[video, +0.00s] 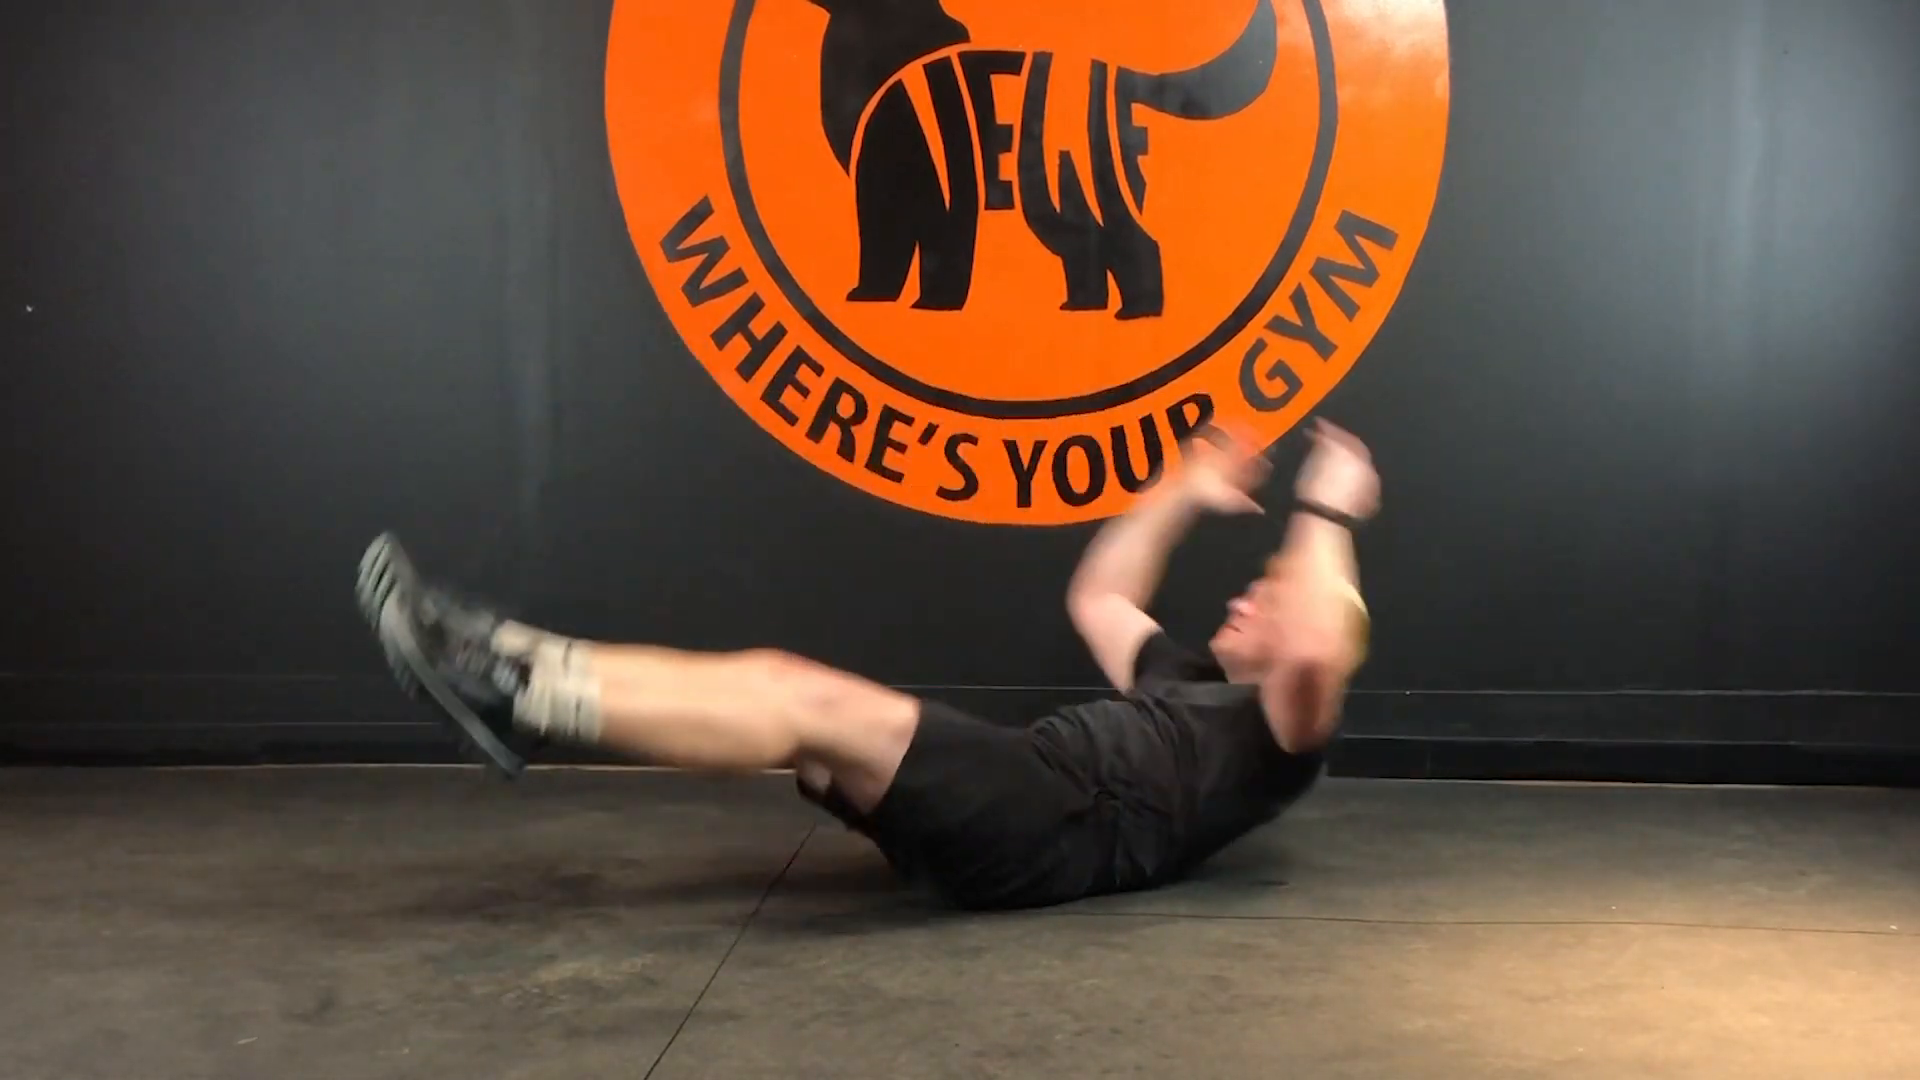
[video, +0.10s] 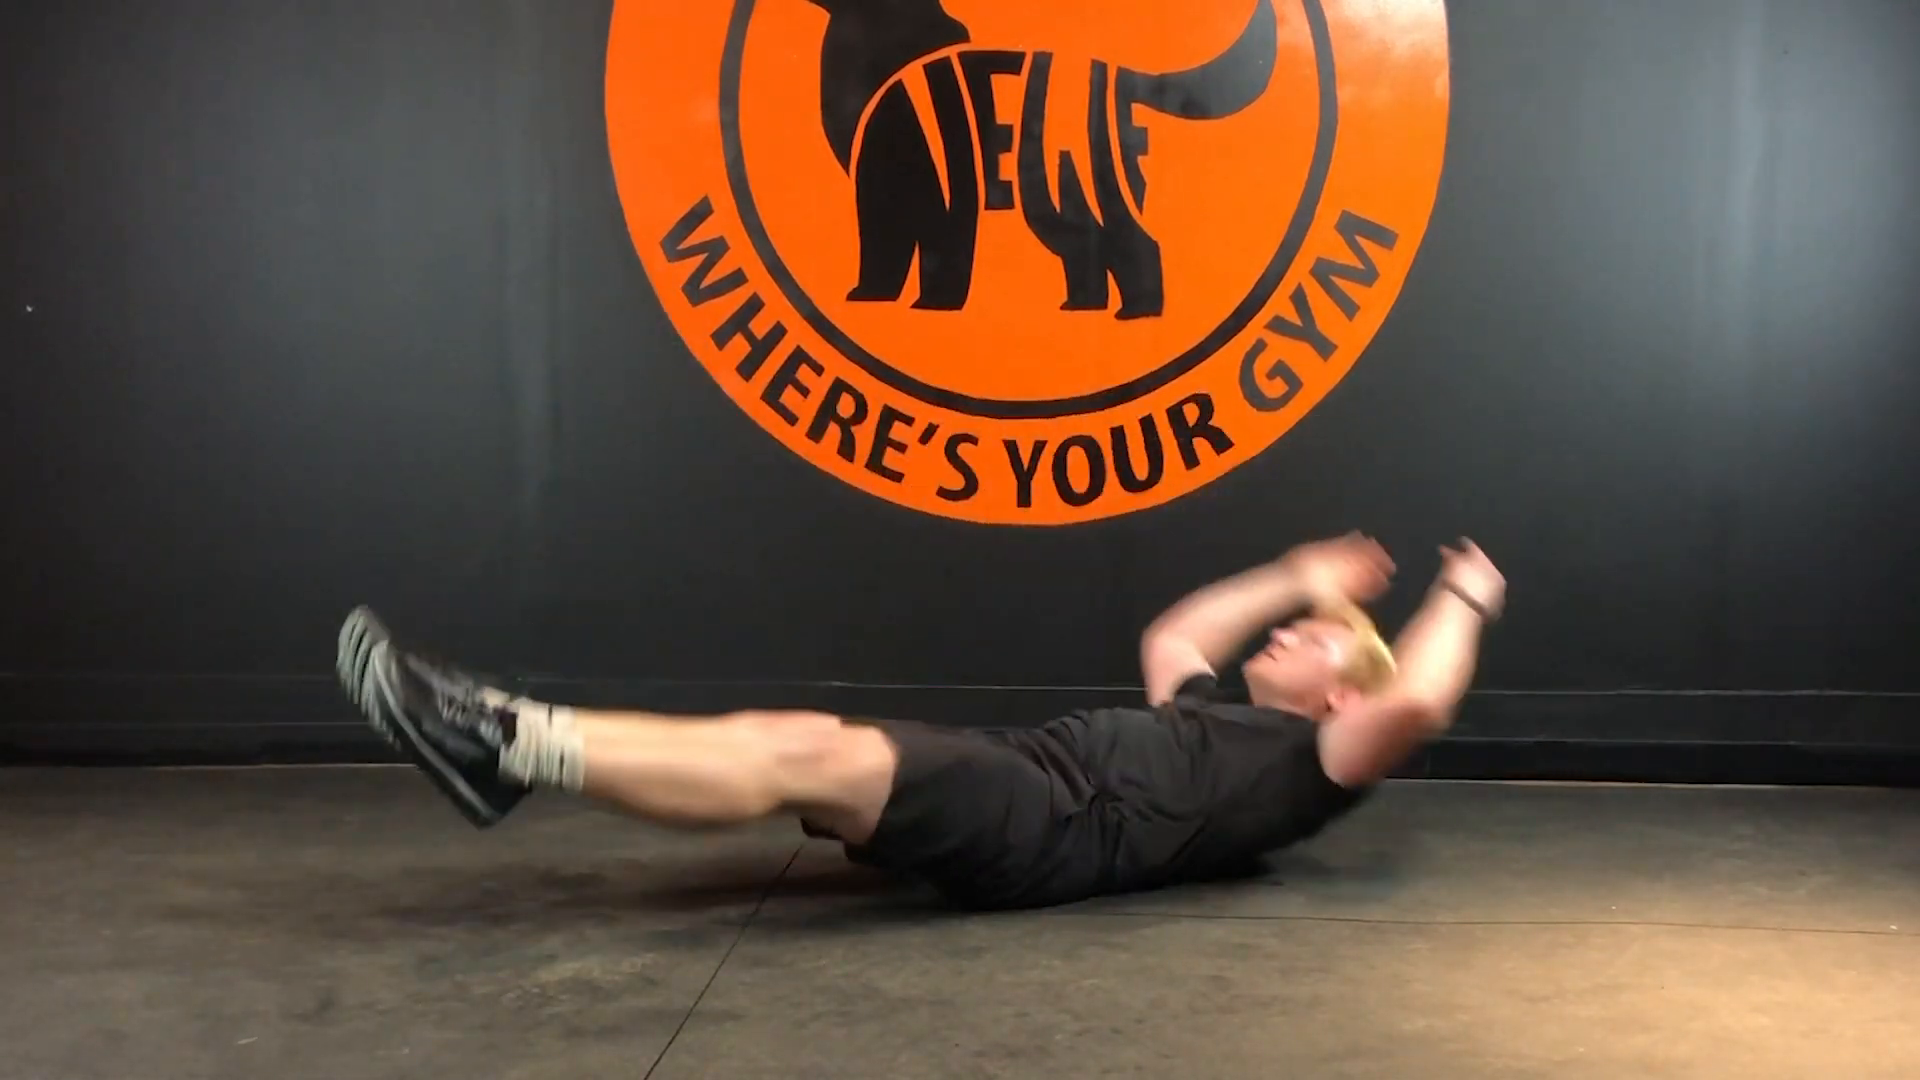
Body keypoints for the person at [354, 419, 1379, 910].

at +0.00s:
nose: (1240, 604)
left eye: (1270, 597)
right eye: (1251, 591)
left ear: (1309, 649)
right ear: (1240, 613)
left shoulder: (1267, 731)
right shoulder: (1181, 687)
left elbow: (1322, 647)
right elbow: (1105, 600)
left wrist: (1326, 521)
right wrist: (1182, 490)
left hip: (1055, 825)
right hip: (1004, 798)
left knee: (810, 701)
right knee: (790, 695)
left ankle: (529, 692)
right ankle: (523, 686)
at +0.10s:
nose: (1297, 640)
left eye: (1322, 642)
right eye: (1297, 629)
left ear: (1352, 690)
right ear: (1279, 648)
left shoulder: (1297, 769)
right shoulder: (1205, 703)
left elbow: (1423, 701)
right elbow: (1181, 636)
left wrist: (1461, 604)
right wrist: (1299, 572)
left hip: (1055, 819)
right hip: (1013, 766)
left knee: (811, 751)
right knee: (774, 743)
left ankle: (514, 741)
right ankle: (509, 743)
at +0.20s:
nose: (1331, 671)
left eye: (1356, 686)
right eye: (1343, 665)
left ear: (1365, 737)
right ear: (1309, 681)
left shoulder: (1329, 787)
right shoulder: (1222, 726)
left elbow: (1497, 776)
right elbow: (1216, 684)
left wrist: (1539, 706)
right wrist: (1315, 690)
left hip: (1045, 809)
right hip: (983, 754)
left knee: (818, 777)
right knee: (767, 739)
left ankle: (499, 781)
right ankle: (491, 782)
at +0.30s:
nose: (1327, 689)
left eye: (1355, 704)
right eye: (1337, 687)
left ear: (1379, 759)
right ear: (1314, 711)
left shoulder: (1350, 800)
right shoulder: (1237, 740)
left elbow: (1504, 839)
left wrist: (1545, 791)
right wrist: (1389, 744)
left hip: (1052, 792)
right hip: (983, 735)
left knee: (822, 788)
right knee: (769, 742)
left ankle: (502, 807)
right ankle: (487, 790)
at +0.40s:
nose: (1340, 704)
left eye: (1365, 714)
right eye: (1339, 694)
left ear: (1387, 770)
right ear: (1307, 713)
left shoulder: (1348, 801)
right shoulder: (1230, 740)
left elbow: (1502, 798)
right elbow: (1222, 696)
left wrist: (1507, 746)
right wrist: (1322, 713)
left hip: (1057, 797)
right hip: (987, 744)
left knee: (823, 782)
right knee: (773, 751)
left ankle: (507, 805)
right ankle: (488, 787)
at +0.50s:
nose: (1320, 689)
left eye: (1345, 693)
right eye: (1320, 680)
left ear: (1365, 737)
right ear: (1293, 699)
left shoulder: (1313, 789)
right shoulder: (1225, 739)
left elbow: (1394, 704)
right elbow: (1186, 618)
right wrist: (1307, 552)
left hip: (1051, 818)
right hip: (1004, 775)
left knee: (810, 743)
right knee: (779, 740)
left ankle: (510, 755)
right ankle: (508, 758)